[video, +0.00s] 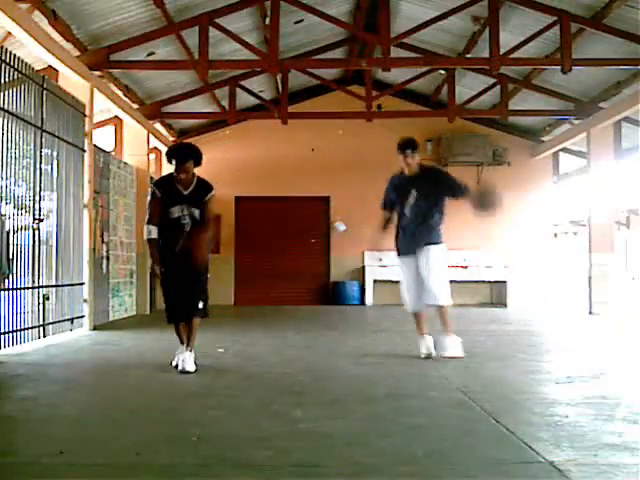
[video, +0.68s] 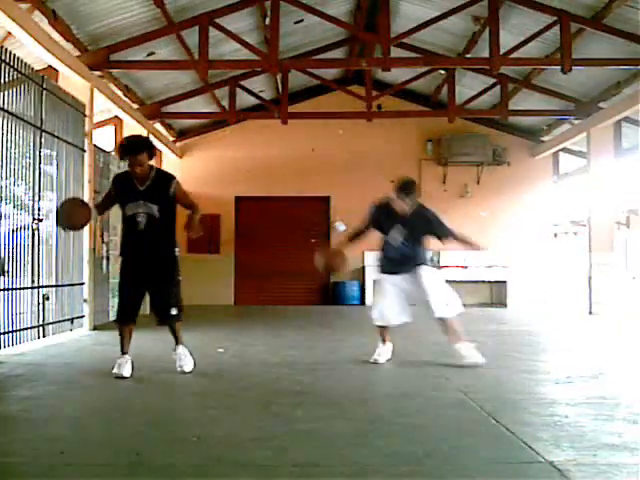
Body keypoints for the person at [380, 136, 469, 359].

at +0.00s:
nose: (409, 160)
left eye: (412, 155)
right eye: (405, 156)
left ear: (419, 155)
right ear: (400, 157)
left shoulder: (433, 175)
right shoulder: (396, 181)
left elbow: (460, 190)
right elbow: (388, 208)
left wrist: (476, 196)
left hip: (430, 240)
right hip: (405, 244)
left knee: (436, 288)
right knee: (413, 294)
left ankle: (449, 337)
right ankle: (423, 338)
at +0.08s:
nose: (419, 173)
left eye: (423, 167)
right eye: (415, 168)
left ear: (429, 168)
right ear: (410, 169)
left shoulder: (440, 190)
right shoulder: (403, 194)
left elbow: (465, 209)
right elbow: (399, 228)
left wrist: (482, 225)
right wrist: (402, 256)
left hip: (439, 254)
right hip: (413, 258)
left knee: (453, 296)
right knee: (419, 303)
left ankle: (469, 341)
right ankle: (428, 342)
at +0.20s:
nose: (431, 186)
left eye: (435, 182)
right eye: (428, 181)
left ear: (443, 181)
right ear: (423, 181)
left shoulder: (451, 202)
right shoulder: (413, 203)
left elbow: (467, 229)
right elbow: (410, 241)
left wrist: (482, 253)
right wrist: (415, 272)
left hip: (448, 264)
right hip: (423, 268)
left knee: (464, 306)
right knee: (425, 309)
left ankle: (479, 346)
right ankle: (429, 340)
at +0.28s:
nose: (444, 203)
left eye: (448, 198)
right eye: (440, 198)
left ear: (454, 198)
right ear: (433, 197)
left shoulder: (459, 217)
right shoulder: (422, 216)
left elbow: (460, 255)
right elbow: (419, 253)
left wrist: (459, 286)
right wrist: (419, 285)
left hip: (455, 266)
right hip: (431, 268)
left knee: (473, 306)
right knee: (429, 309)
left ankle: (481, 348)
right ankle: (425, 334)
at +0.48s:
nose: (443, 230)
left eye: (447, 226)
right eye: (440, 226)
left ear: (452, 223)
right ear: (431, 220)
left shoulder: (456, 234)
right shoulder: (417, 232)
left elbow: (458, 273)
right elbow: (403, 259)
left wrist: (456, 312)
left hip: (453, 276)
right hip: (427, 279)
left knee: (476, 305)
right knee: (416, 312)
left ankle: (484, 348)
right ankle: (399, 341)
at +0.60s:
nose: (424, 223)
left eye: (428, 220)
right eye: (421, 219)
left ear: (434, 217)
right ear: (415, 214)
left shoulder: (442, 227)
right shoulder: (405, 225)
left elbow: (455, 249)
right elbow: (389, 241)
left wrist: (466, 267)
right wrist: (379, 250)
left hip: (442, 273)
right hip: (412, 276)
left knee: (465, 307)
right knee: (399, 312)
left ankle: (481, 348)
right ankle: (387, 346)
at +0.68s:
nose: (402, 205)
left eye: (406, 202)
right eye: (400, 200)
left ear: (413, 200)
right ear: (395, 196)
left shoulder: (422, 215)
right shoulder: (383, 210)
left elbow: (448, 235)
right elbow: (364, 229)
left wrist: (472, 245)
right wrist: (343, 244)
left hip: (418, 269)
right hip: (389, 272)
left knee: (440, 304)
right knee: (381, 311)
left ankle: (460, 344)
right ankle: (385, 345)